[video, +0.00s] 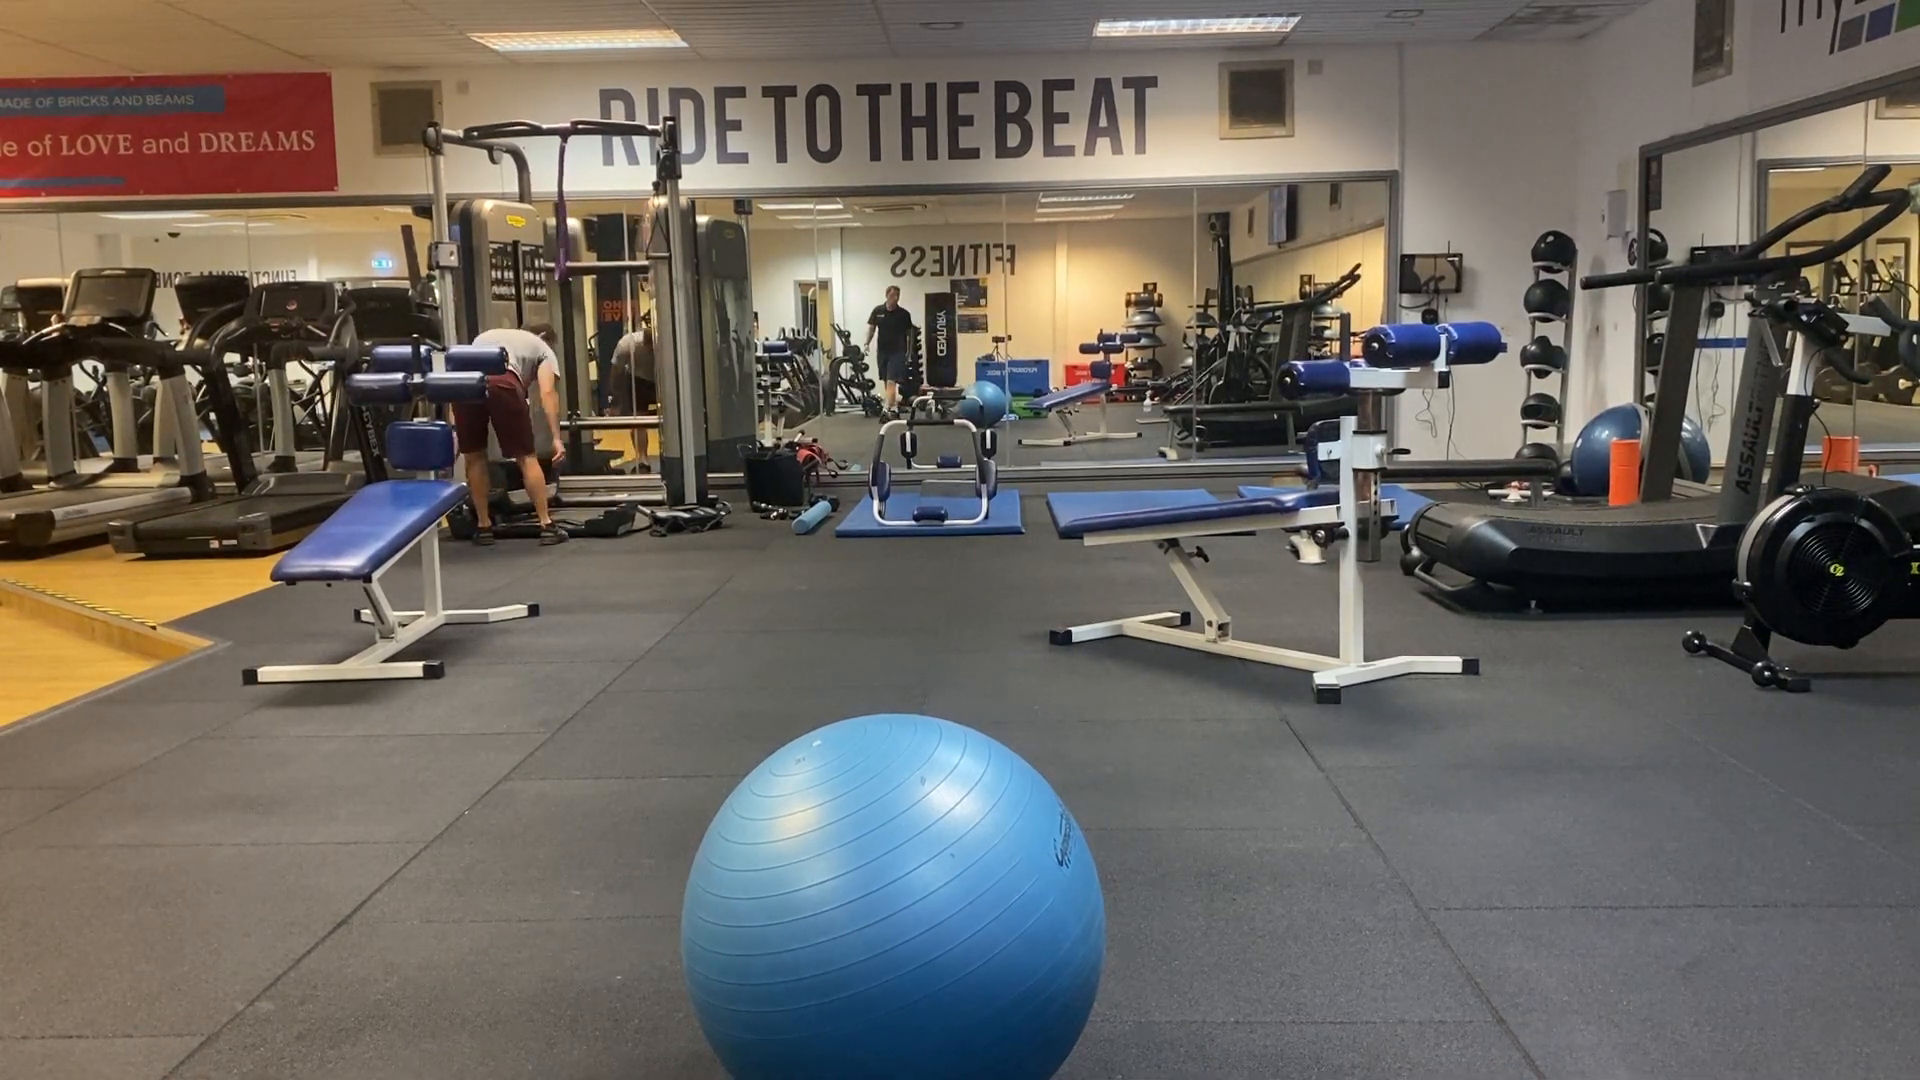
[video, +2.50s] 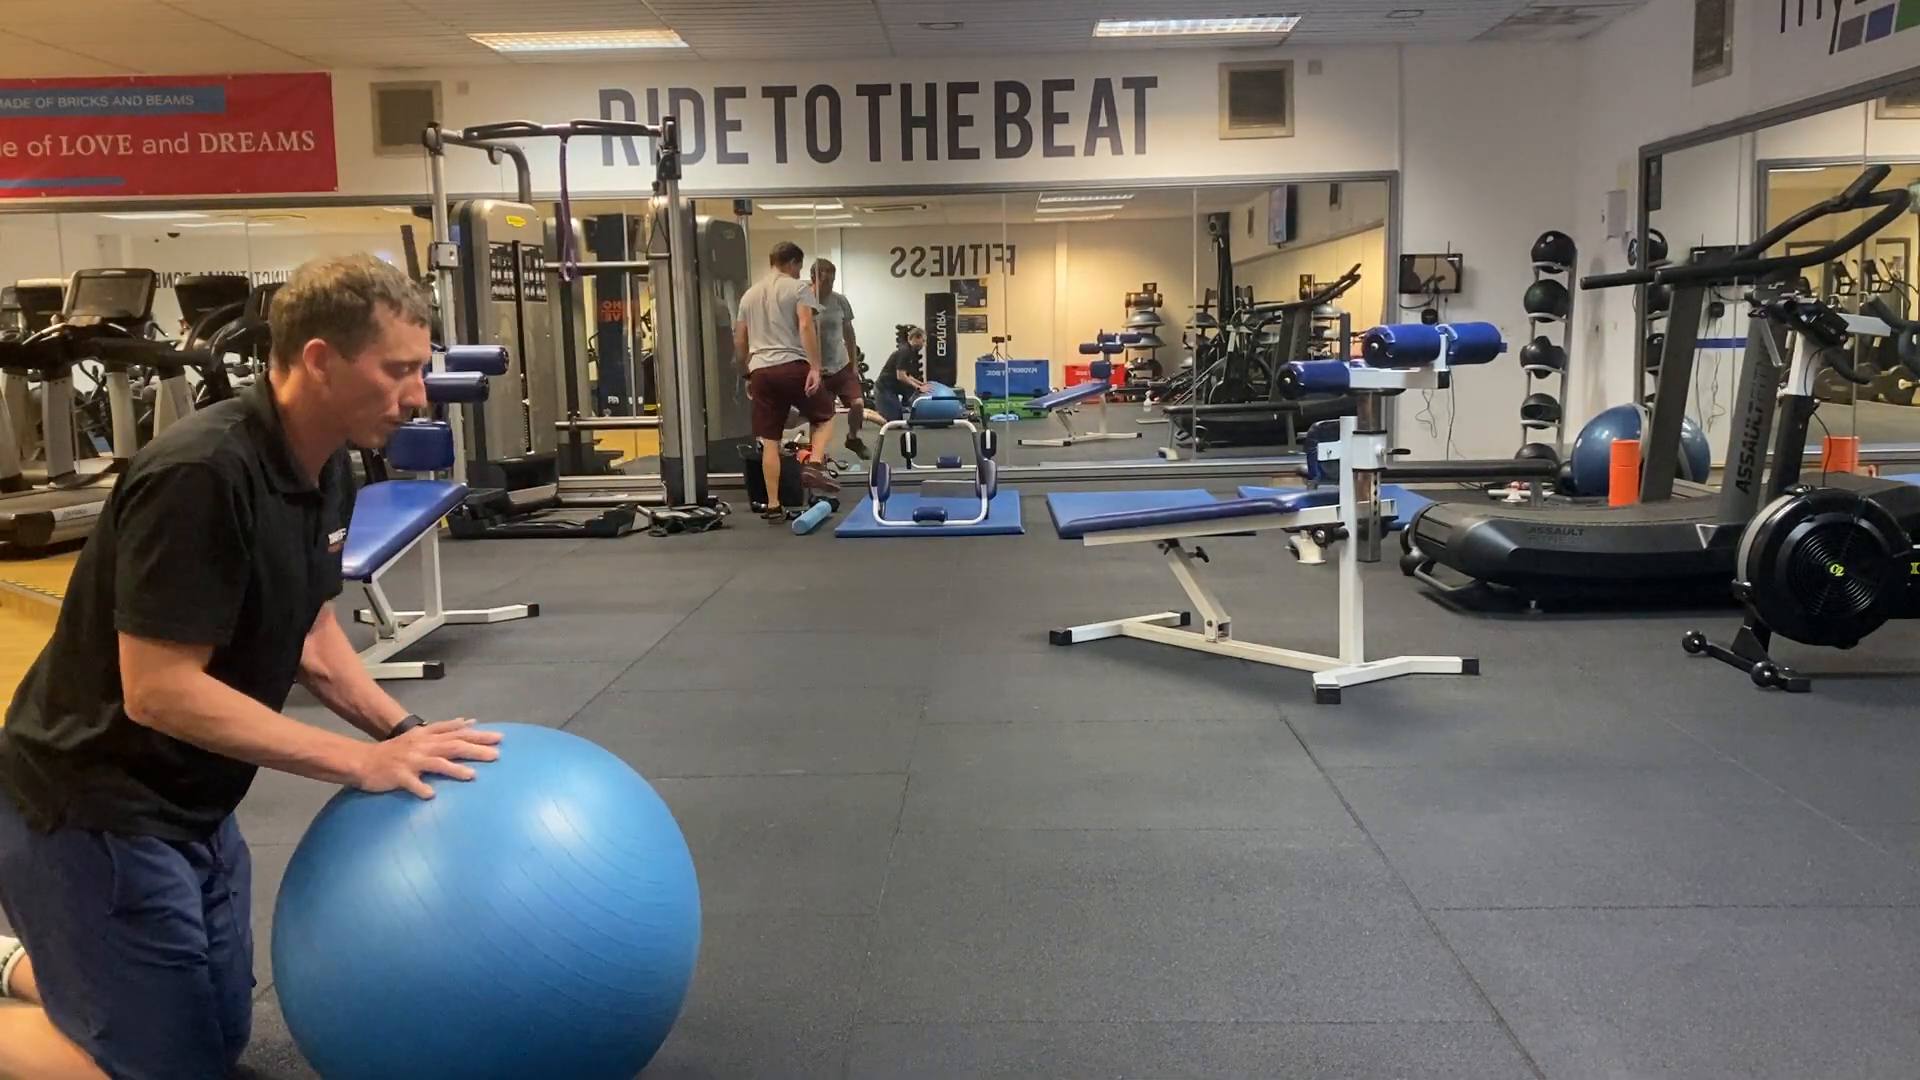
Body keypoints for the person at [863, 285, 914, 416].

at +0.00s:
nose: (893, 298)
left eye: (895, 295)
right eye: (891, 295)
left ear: (898, 297)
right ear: (886, 295)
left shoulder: (904, 314)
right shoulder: (878, 311)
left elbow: (909, 334)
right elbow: (871, 328)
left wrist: (909, 352)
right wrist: (867, 343)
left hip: (898, 352)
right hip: (883, 351)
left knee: (891, 381)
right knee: (886, 382)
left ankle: (887, 409)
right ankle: (894, 409)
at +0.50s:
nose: (895, 297)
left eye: (896, 295)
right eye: (892, 294)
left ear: (895, 296)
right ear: (884, 294)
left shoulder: (898, 313)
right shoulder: (872, 310)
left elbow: (902, 334)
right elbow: (863, 330)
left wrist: (905, 351)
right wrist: (859, 349)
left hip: (891, 352)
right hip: (874, 351)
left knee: (887, 383)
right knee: (874, 382)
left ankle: (883, 411)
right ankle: (873, 413)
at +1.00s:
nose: (922, 309)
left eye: (923, 306)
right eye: (921, 306)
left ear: (918, 305)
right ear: (913, 302)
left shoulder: (915, 324)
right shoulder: (894, 311)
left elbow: (917, 346)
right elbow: (880, 326)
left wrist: (926, 361)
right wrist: (884, 343)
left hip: (899, 353)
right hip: (881, 350)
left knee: (904, 383)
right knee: (877, 385)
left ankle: (910, 415)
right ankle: (875, 413)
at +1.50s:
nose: (937, 343)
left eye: (937, 340)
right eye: (936, 340)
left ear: (929, 338)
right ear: (928, 338)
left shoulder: (925, 351)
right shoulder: (913, 345)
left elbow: (935, 371)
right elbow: (898, 361)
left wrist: (951, 384)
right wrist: (907, 381)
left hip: (904, 376)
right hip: (888, 377)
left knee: (925, 387)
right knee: (892, 411)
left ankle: (902, 406)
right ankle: (859, 412)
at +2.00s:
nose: (916, 337)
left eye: (916, 334)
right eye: (914, 334)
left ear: (906, 333)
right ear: (907, 333)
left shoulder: (897, 344)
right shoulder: (901, 347)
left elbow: (901, 373)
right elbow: (907, 371)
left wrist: (914, 384)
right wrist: (928, 381)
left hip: (895, 382)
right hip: (886, 386)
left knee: (910, 394)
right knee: (891, 421)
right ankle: (857, 414)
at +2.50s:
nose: (924, 344)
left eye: (924, 341)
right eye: (923, 340)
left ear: (915, 339)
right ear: (914, 339)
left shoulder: (911, 352)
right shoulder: (904, 351)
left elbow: (907, 375)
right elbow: (900, 376)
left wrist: (920, 384)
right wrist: (918, 387)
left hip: (892, 387)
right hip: (884, 387)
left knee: (897, 422)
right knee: (893, 422)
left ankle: (867, 413)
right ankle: (866, 414)